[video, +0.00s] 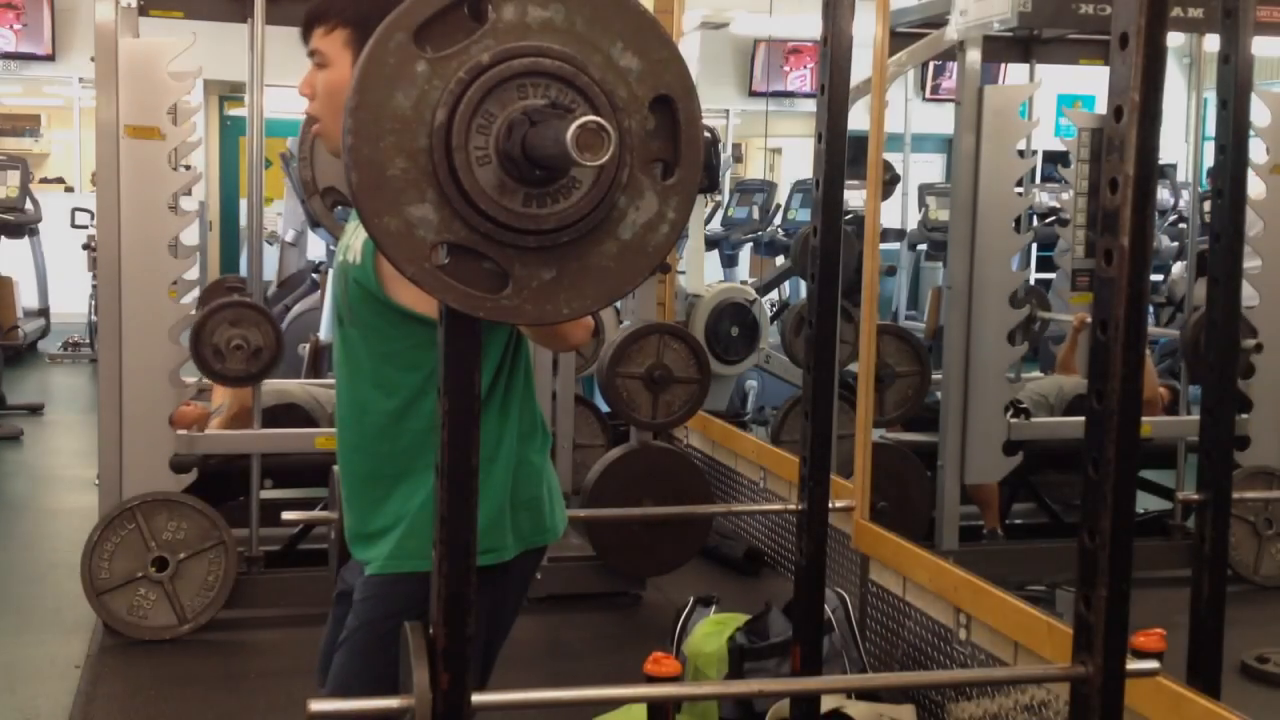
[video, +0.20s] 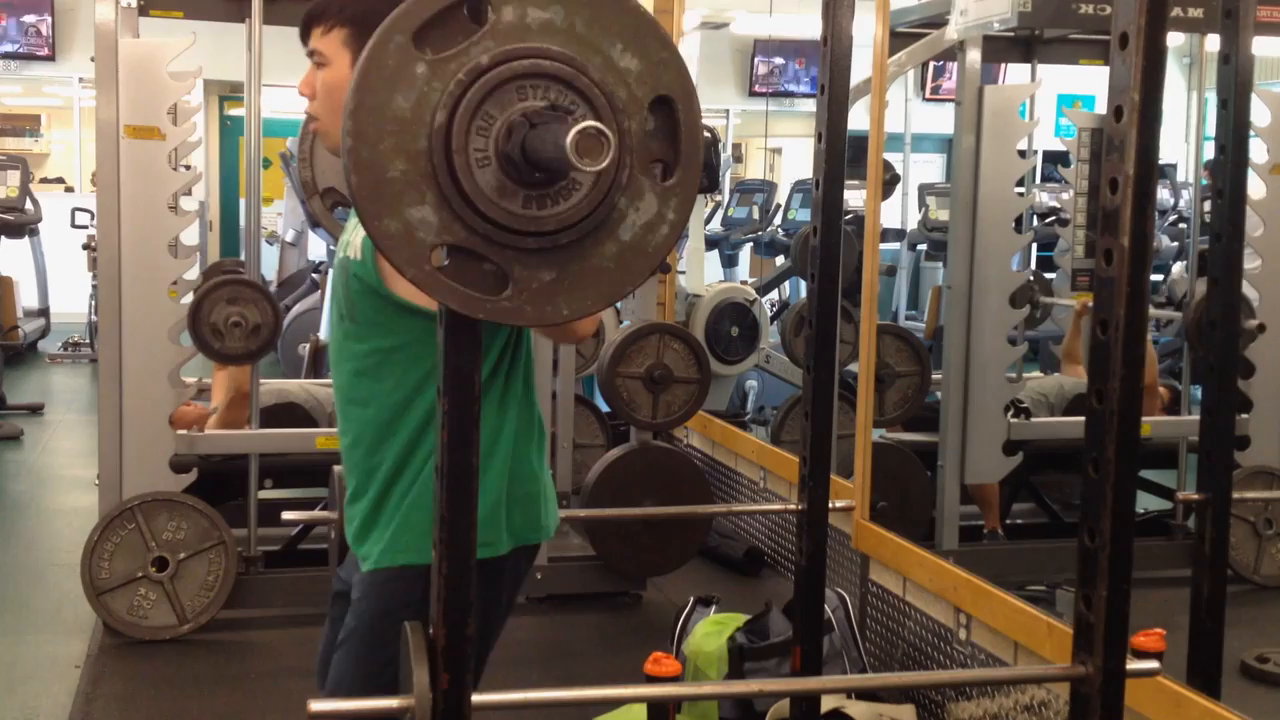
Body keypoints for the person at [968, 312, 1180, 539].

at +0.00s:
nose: (1156, 395)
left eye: (1161, 398)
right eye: (1159, 392)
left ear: (1163, 410)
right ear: (1154, 386)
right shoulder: (1107, 386)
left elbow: (1149, 394)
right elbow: (1064, 374)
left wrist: (1139, 345)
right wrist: (1074, 334)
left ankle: (992, 528)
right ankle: (992, 527)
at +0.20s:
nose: (1154, 390)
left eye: (1159, 394)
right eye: (1157, 389)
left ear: (1160, 411)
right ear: (1147, 393)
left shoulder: (1130, 412)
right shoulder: (1092, 388)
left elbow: (1148, 379)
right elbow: (1071, 359)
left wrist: (1139, 327)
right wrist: (1079, 314)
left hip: (1015, 414)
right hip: (1000, 404)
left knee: (977, 452)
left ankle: (993, 529)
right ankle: (992, 525)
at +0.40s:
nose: (1153, 389)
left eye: (1157, 392)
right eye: (1154, 389)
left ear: (1160, 406)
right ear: (1149, 392)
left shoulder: (1141, 406)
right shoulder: (1103, 385)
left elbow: (1147, 369)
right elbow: (1076, 354)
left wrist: (1140, 319)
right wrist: (1080, 305)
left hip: (1021, 406)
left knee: (978, 448)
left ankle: (992, 528)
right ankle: (992, 523)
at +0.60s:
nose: (1152, 393)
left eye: (1159, 396)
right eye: (1155, 389)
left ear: (1160, 413)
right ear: (1144, 385)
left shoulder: (1132, 415)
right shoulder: (1094, 390)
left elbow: (1145, 363)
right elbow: (1083, 340)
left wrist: (1139, 303)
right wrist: (1083, 296)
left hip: (1029, 405)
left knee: (978, 444)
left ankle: (992, 530)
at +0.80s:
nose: (1152, 394)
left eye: (1159, 397)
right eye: (1156, 390)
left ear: (1160, 412)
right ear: (1145, 384)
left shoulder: (1133, 413)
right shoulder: (1098, 391)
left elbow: (1145, 358)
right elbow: (1086, 339)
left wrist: (1139, 303)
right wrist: (1084, 296)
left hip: (1029, 406)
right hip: (1009, 394)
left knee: (978, 447)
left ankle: (992, 530)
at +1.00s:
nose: (1153, 394)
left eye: (1160, 397)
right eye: (1157, 390)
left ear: (1160, 414)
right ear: (1145, 385)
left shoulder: (1130, 417)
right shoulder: (1097, 393)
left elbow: (1145, 359)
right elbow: (1087, 340)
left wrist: (1139, 303)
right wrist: (1084, 296)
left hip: (1025, 410)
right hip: (1006, 397)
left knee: (978, 446)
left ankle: (993, 530)